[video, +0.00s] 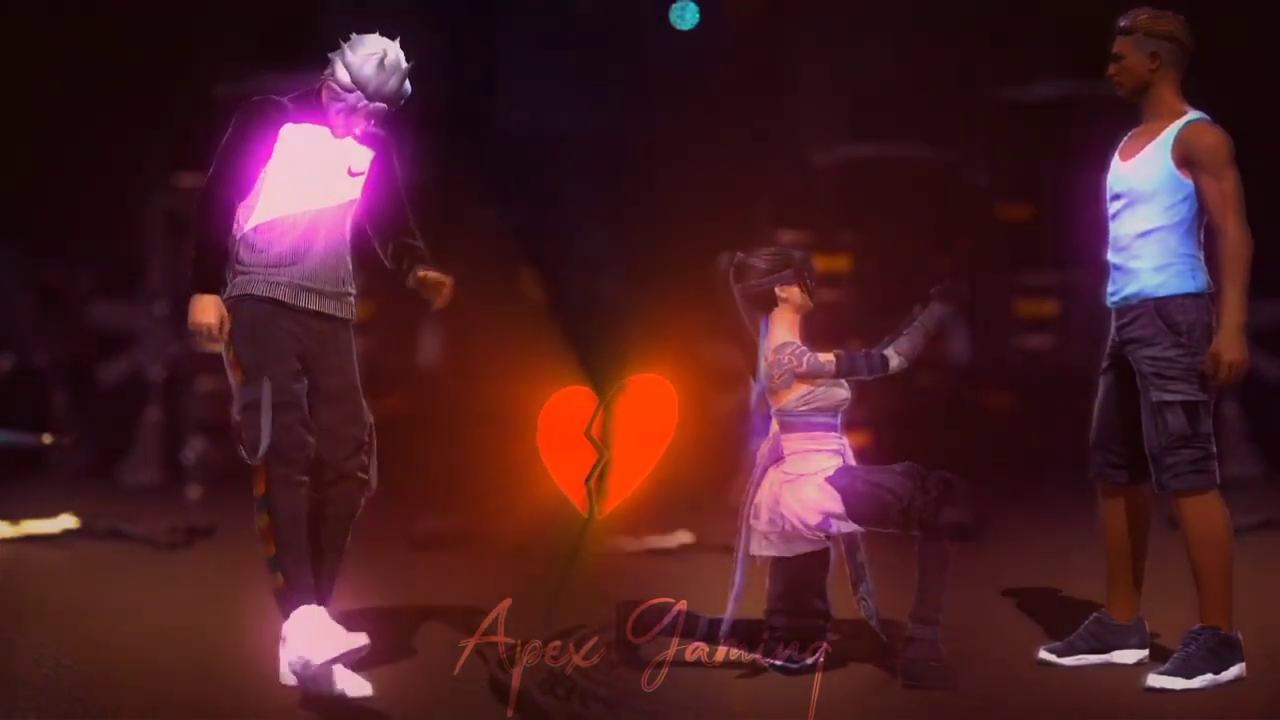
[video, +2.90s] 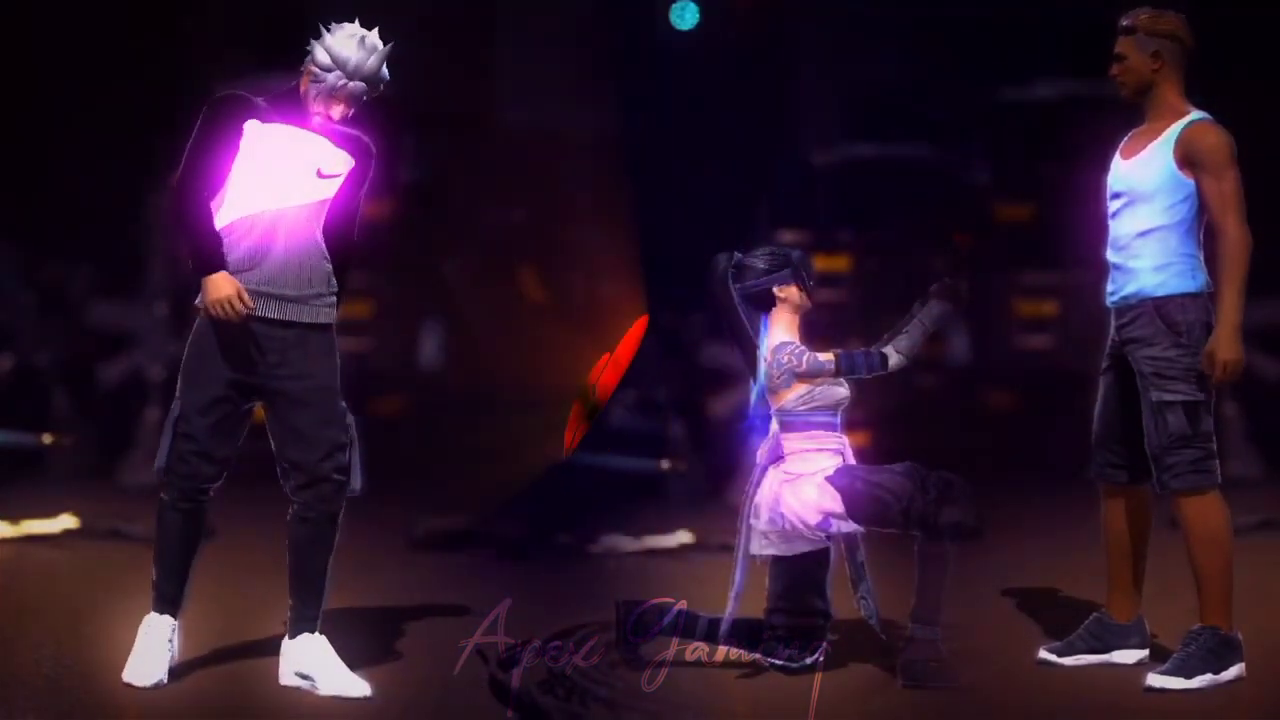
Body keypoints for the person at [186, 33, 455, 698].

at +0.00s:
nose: (359, 122)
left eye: (373, 114)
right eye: (352, 106)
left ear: (387, 108)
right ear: (331, 83)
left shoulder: (380, 146)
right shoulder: (270, 117)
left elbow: (393, 228)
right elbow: (219, 201)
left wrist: (416, 267)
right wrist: (206, 286)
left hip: (333, 317)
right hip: (264, 305)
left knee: (348, 461)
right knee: (287, 454)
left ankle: (308, 618)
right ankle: (300, 615)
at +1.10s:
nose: (354, 122)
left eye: (368, 113)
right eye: (348, 105)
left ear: (382, 109)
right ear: (325, 84)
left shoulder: (372, 154)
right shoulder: (264, 118)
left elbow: (372, 250)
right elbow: (217, 196)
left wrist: (384, 336)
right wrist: (213, 284)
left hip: (335, 327)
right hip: (260, 315)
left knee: (344, 477)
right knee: (239, 469)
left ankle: (306, 639)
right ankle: (207, 636)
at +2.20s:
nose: (348, 116)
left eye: (362, 108)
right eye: (341, 98)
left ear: (375, 107)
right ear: (319, 82)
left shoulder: (369, 157)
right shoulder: (257, 122)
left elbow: (361, 255)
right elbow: (213, 197)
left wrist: (353, 345)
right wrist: (217, 279)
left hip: (325, 333)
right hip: (250, 319)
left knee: (334, 479)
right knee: (208, 473)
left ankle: (307, 637)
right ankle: (172, 625)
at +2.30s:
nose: (344, 115)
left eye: (359, 107)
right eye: (338, 96)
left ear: (372, 107)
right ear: (315, 81)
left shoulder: (364, 154)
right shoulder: (251, 118)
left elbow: (358, 227)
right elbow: (208, 198)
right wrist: (218, 277)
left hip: (319, 331)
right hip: (244, 318)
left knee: (333, 478)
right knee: (203, 471)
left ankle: (306, 637)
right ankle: (169, 623)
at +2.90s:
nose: (340, 111)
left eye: (354, 102)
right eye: (333, 94)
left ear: (365, 98)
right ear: (308, 78)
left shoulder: (362, 150)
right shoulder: (236, 115)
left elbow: (344, 241)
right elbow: (189, 197)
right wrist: (210, 269)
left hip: (307, 329)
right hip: (227, 319)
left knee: (321, 477)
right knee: (188, 470)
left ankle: (304, 639)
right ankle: (161, 623)